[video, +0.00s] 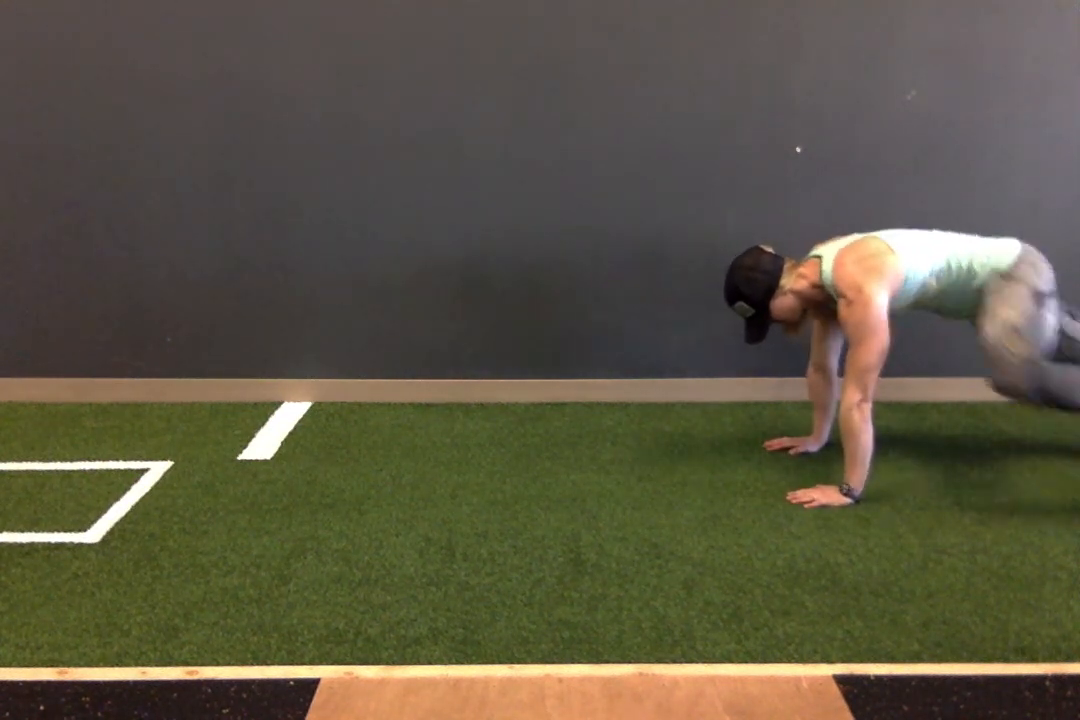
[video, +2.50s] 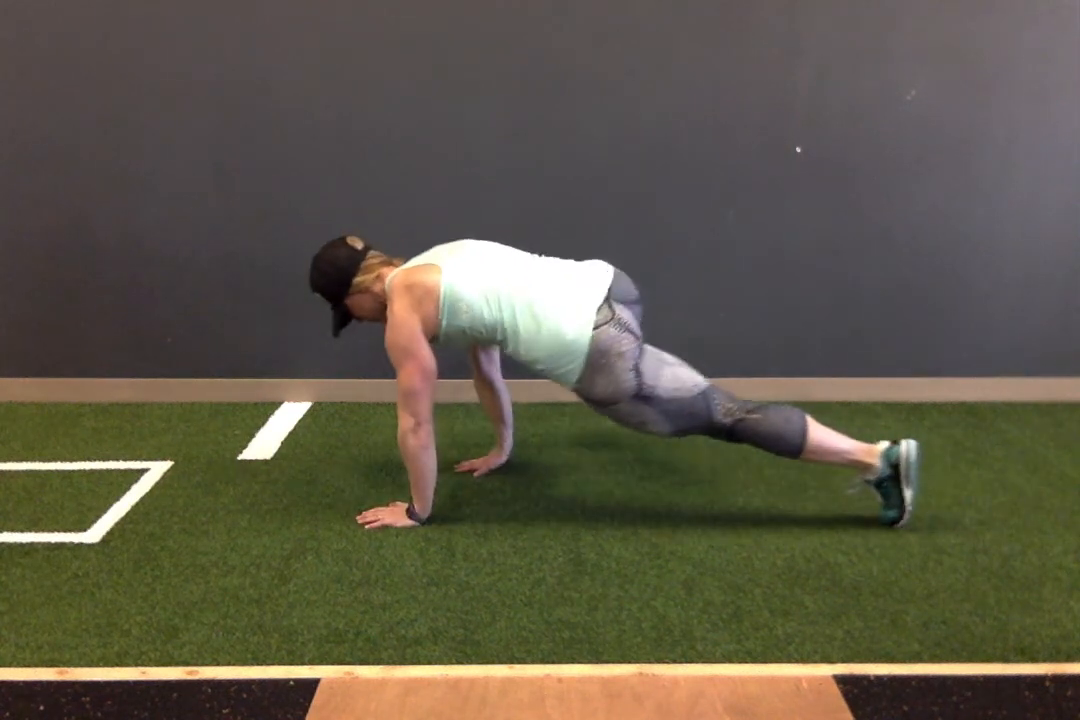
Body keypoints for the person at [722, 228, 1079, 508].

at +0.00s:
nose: (776, 324)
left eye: (768, 314)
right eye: (767, 318)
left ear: (782, 289)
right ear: (782, 278)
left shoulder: (860, 282)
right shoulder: (817, 272)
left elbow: (858, 398)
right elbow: (821, 366)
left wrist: (851, 488)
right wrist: (817, 437)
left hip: (1015, 273)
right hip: (998, 283)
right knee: (1067, 343)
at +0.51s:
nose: (731, 317)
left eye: (725, 306)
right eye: (723, 311)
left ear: (747, 283)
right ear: (750, 272)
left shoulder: (814, 298)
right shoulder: (802, 271)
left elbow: (859, 400)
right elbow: (814, 367)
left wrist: (850, 488)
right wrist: (818, 436)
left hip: (974, 346)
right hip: (978, 339)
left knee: (864, 365)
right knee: (1060, 402)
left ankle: (955, 482)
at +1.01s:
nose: (668, 344)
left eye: (660, 335)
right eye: (659, 338)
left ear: (673, 311)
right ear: (684, 287)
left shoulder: (728, 322)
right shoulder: (748, 294)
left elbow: (690, 426)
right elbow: (791, 372)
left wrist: (618, 493)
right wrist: (802, 430)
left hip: (927, 338)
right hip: (950, 309)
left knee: (811, 435)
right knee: (1044, 390)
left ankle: (942, 472)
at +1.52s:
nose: (548, 335)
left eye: (541, 324)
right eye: (540, 329)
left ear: (555, 302)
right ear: (562, 287)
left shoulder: (619, 315)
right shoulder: (609, 294)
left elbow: (635, 419)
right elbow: (569, 385)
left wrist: (620, 503)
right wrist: (515, 450)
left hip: (805, 329)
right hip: (822, 289)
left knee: (764, 466)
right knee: (955, 368)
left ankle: (916, 464)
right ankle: (1073, 382)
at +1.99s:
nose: (435, 321)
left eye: (426, 311)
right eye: (426, 313)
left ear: (437, 289)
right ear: (450, 267)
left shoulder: (498, 307)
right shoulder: (509, 277)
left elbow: (479, 406)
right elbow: (525, 375)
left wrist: (430, 495)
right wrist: (518, 454)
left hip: (693, 305)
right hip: (701, 266)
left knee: (766, 429)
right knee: (827, 344)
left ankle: (926, 465)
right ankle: (994, 363)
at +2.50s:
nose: (363, 319)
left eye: (353, 311)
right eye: (353, 312)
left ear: (356, 292)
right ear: (375, 257)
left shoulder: (405, 308)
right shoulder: (444, 260)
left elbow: (415, 418)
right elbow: (484, 358)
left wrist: (417, 508)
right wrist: (504, 444)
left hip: (594, 350)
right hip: (612, 290)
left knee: (723, 413)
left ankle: (876, 457)